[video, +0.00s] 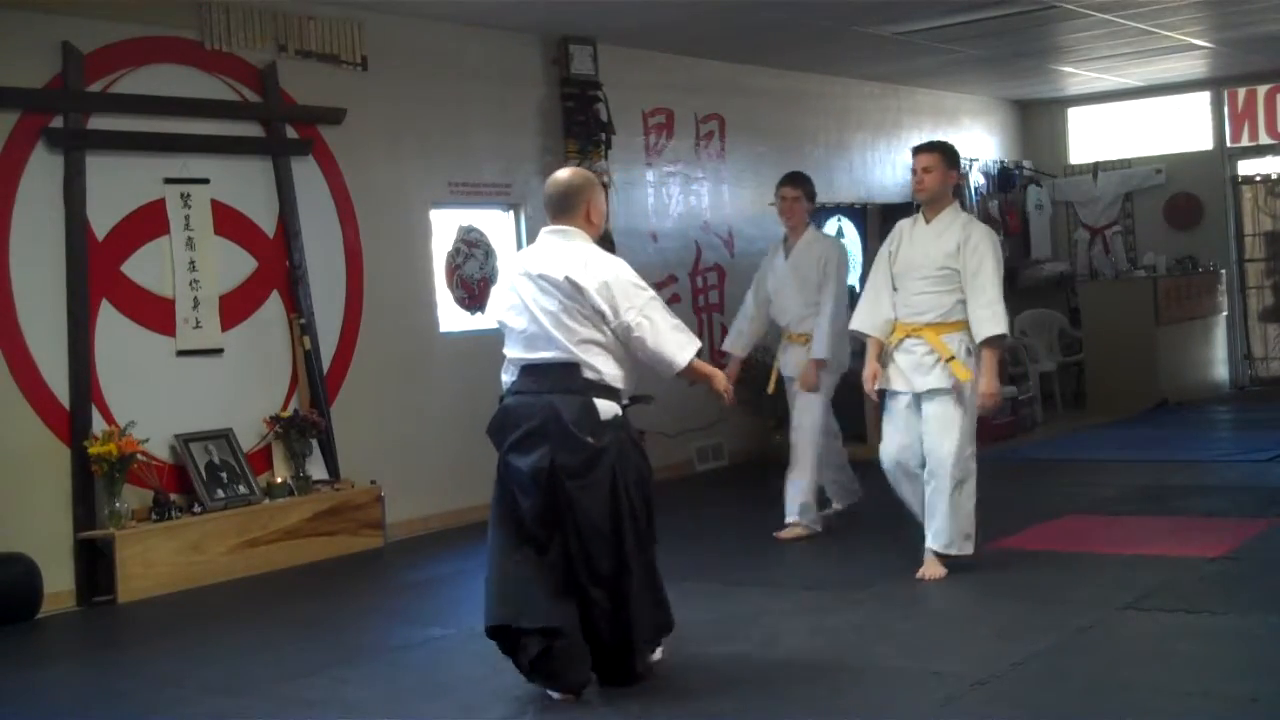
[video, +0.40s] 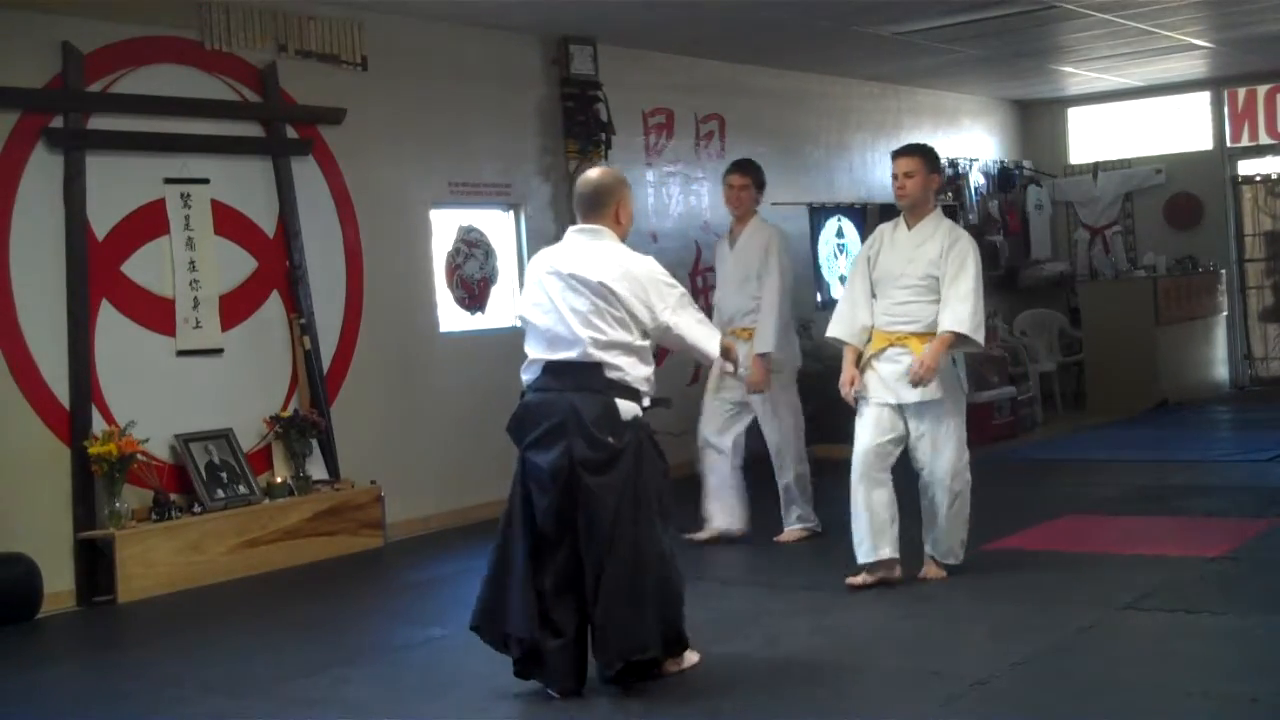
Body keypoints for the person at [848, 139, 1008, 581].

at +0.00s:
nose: (917, 179)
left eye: (926, 172)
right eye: (914, 172)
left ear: (952, 178)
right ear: (913, 178)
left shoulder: (974, 234)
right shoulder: (901, 232)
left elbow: (987, 304)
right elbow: (880, 295)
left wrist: (989, 370)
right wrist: (871, 355)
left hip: (949, 355)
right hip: (900, 356)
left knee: (945, 456)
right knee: (895, 455)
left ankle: (937, 551)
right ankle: (942, 523)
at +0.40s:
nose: (899, 184)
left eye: (908, 176)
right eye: (895, 177)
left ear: (934, 182)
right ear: (892, 183)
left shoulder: (956, 241)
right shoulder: (879, 239)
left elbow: (962, 306)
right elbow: (857, 304)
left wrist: (936, 351)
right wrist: (849, 362)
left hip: (932, 362)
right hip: (880, 365)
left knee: (942, 466)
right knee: (867, 460)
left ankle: (938, 556)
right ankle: (881, 559)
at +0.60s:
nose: (879, 190)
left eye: (888, 181)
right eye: (875, 182)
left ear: (914, 186)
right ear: (873, 188)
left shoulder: (936, 245)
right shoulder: (863, 245)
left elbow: (928, 308)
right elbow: (843, 311)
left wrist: (889, 341)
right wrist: (837, 367)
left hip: (918, 373)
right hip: (865, 376)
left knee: (934, 474)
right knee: (856, 469)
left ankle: (941, 555)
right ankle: (884, 567)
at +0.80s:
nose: (851, 197)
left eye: (860, 188)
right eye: (847, 189)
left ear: (887, 192)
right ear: (844, 194)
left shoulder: (906, 248)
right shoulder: (842, 251)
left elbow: (882, 308)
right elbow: (823, 316)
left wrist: (833, 327)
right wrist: (820, 369)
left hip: (895, 375)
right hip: (846, 376)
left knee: (885, 477)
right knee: (841, 480)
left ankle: (928, 541)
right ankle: (880, 572)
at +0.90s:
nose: (837, 203)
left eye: (846, 194)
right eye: (833, 195)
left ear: (875, 197)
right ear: (832, 199)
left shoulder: (896, 255)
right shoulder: (833, 256)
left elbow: (862, 309)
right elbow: (816, 317)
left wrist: (811, 324)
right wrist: (814, 370)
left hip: (885, 377)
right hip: (838, 378)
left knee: (860, 470)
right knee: (830, 478)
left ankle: (901, 570)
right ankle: (867, 573)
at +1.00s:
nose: (825, 206)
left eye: (835, 197)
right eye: (822, 198)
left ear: (863, 200)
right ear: (821, 201)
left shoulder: (882, 258)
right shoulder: (825, 255)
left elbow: (842, 312)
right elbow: (814, 313)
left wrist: (790, 319)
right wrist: (808, 373)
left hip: (875, 380)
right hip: (833, 379)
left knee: (843, 475)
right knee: (825, 480)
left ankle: (853, 588)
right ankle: (884, 569)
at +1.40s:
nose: (776, 198)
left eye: (786, 189)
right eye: (774, 189)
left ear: (818, 193)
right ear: (777, 191)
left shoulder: (836, 250)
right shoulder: (790, 244)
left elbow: (798, 318)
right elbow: (787, 318)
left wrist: (739, 346)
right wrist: (777, 376)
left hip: (842, 380)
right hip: (812, 380)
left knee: (807, 489)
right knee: (830, 484)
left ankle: (824, 606)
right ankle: (882, 569)